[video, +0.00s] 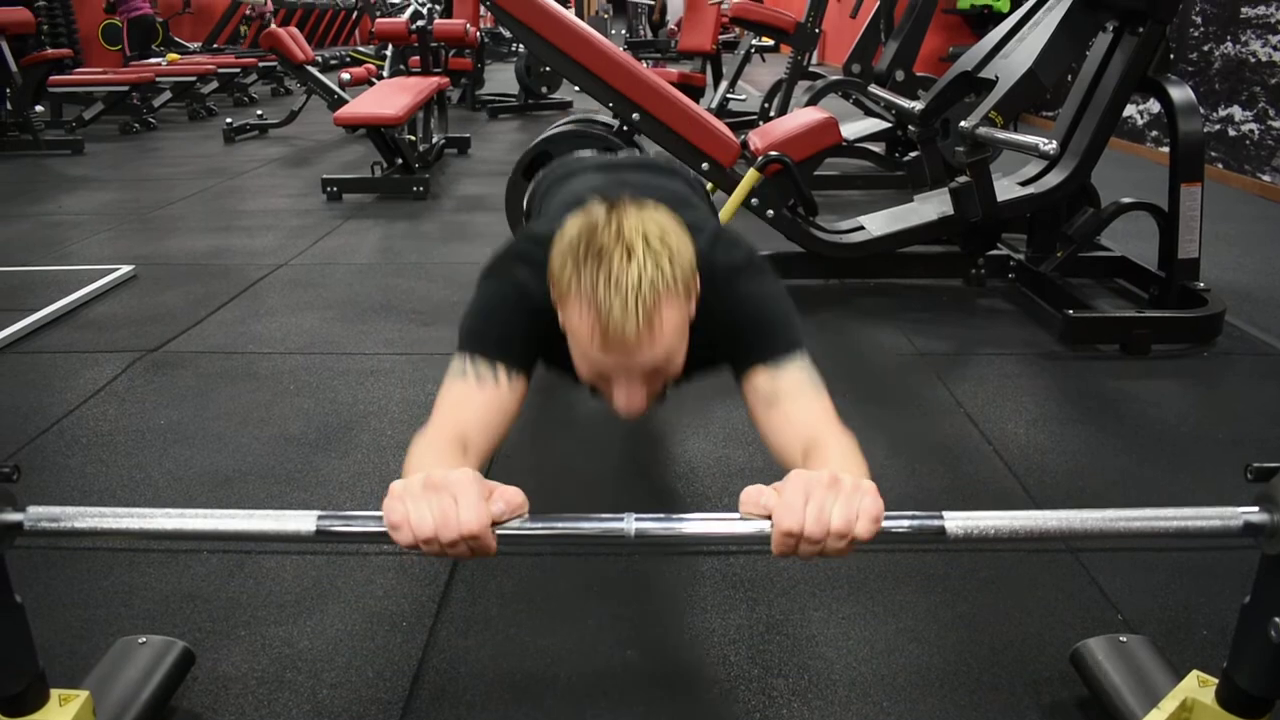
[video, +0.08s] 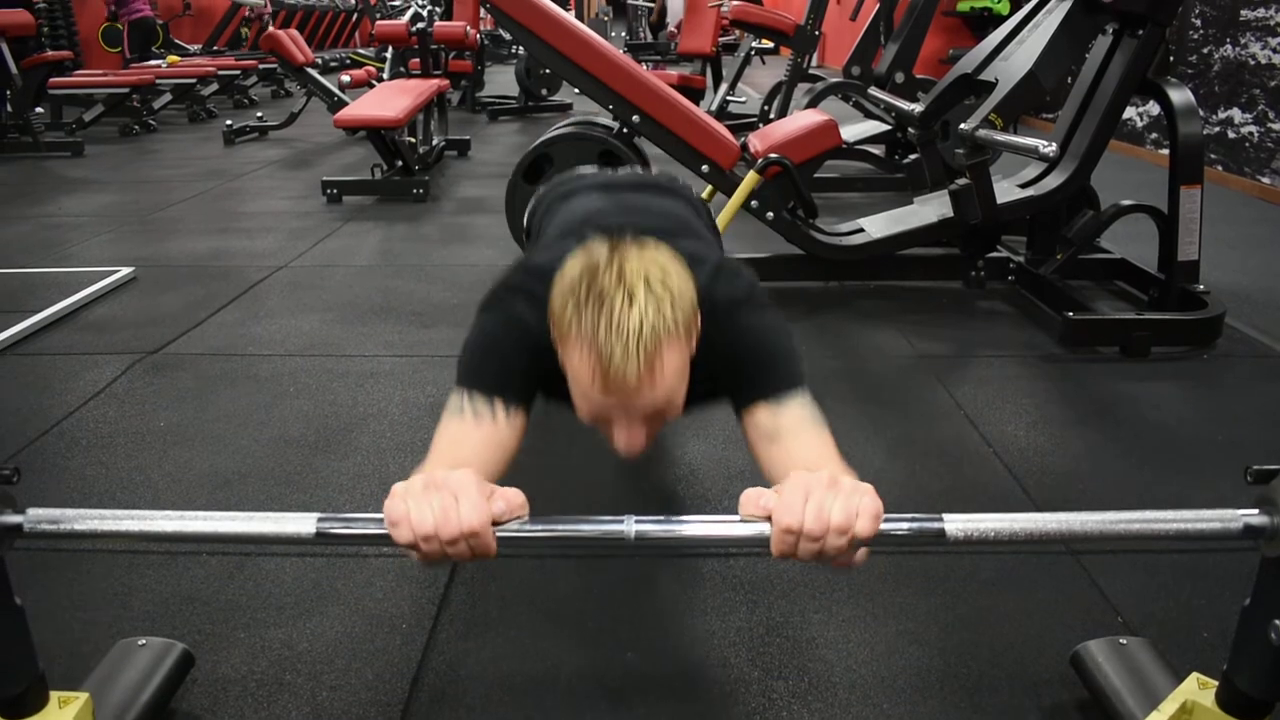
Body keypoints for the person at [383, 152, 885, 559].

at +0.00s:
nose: (629, 404)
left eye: (655, 373)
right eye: (601, 376)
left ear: (691, 300)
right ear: (561, 312)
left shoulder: (738, 277)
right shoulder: (519, 281)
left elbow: (821, 437)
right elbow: (453, 432)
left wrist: (830, 488)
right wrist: (439, 486)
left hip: (673, 173)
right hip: (559, 166)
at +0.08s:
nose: (630, 443)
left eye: (655, 415)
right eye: (603, 418)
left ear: (691, 342)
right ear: (562, 355)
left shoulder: (736, 308)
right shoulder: (518, 313)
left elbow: (820, 473)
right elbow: (447, 475)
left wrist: (822, 503)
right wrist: (444, 500)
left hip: (677, 196)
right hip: (564, 195)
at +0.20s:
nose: (628, 502)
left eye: (654, 474)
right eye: (602, 477)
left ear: (692, 393)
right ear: (558, 409)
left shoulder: (737, 351)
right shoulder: (514, 356)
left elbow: (856, 583)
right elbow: (432, 586)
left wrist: (826, 552)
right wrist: (441, 541)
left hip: (677, 221)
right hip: (561, 221)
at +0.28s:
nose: (629, 521)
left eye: (653, 504)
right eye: (601, 506)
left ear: (687, 427)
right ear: (556, 447)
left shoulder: (739, 383)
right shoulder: (509, 385)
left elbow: (854, 615)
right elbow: (420, 615)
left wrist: (824, 567)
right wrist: (442, 555)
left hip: (678, 238)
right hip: (559, 239)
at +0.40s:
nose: (627, 591)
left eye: (652, 557)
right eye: (599, 562)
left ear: (694, 479)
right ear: (546, 500)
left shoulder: (740, 424)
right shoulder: (509, 423)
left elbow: (858, 658)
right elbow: (410, 654)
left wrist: (829, 587)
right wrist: (440, 572)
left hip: (679, 256)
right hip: (558, 258)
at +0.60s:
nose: (629, 661)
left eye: (657, 630)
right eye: (600, 633)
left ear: (696, 550)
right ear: (553, 558)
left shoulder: (744, 475)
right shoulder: (511, 477)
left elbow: (872, 705)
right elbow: (403, 703)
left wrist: (832, 598)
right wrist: (438, 583)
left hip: (681, 292)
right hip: (558, 294)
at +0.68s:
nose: (627, 685)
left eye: (655, 658)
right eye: (599, 658)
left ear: (694, 576)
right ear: (550, 582)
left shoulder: (747, 501)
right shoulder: (511, 502)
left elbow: (866, 710)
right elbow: (401, 707)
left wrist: (834, 602)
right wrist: (434, 588)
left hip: (681, 309)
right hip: (555, 310)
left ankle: (647, 274)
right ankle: (596, 275)